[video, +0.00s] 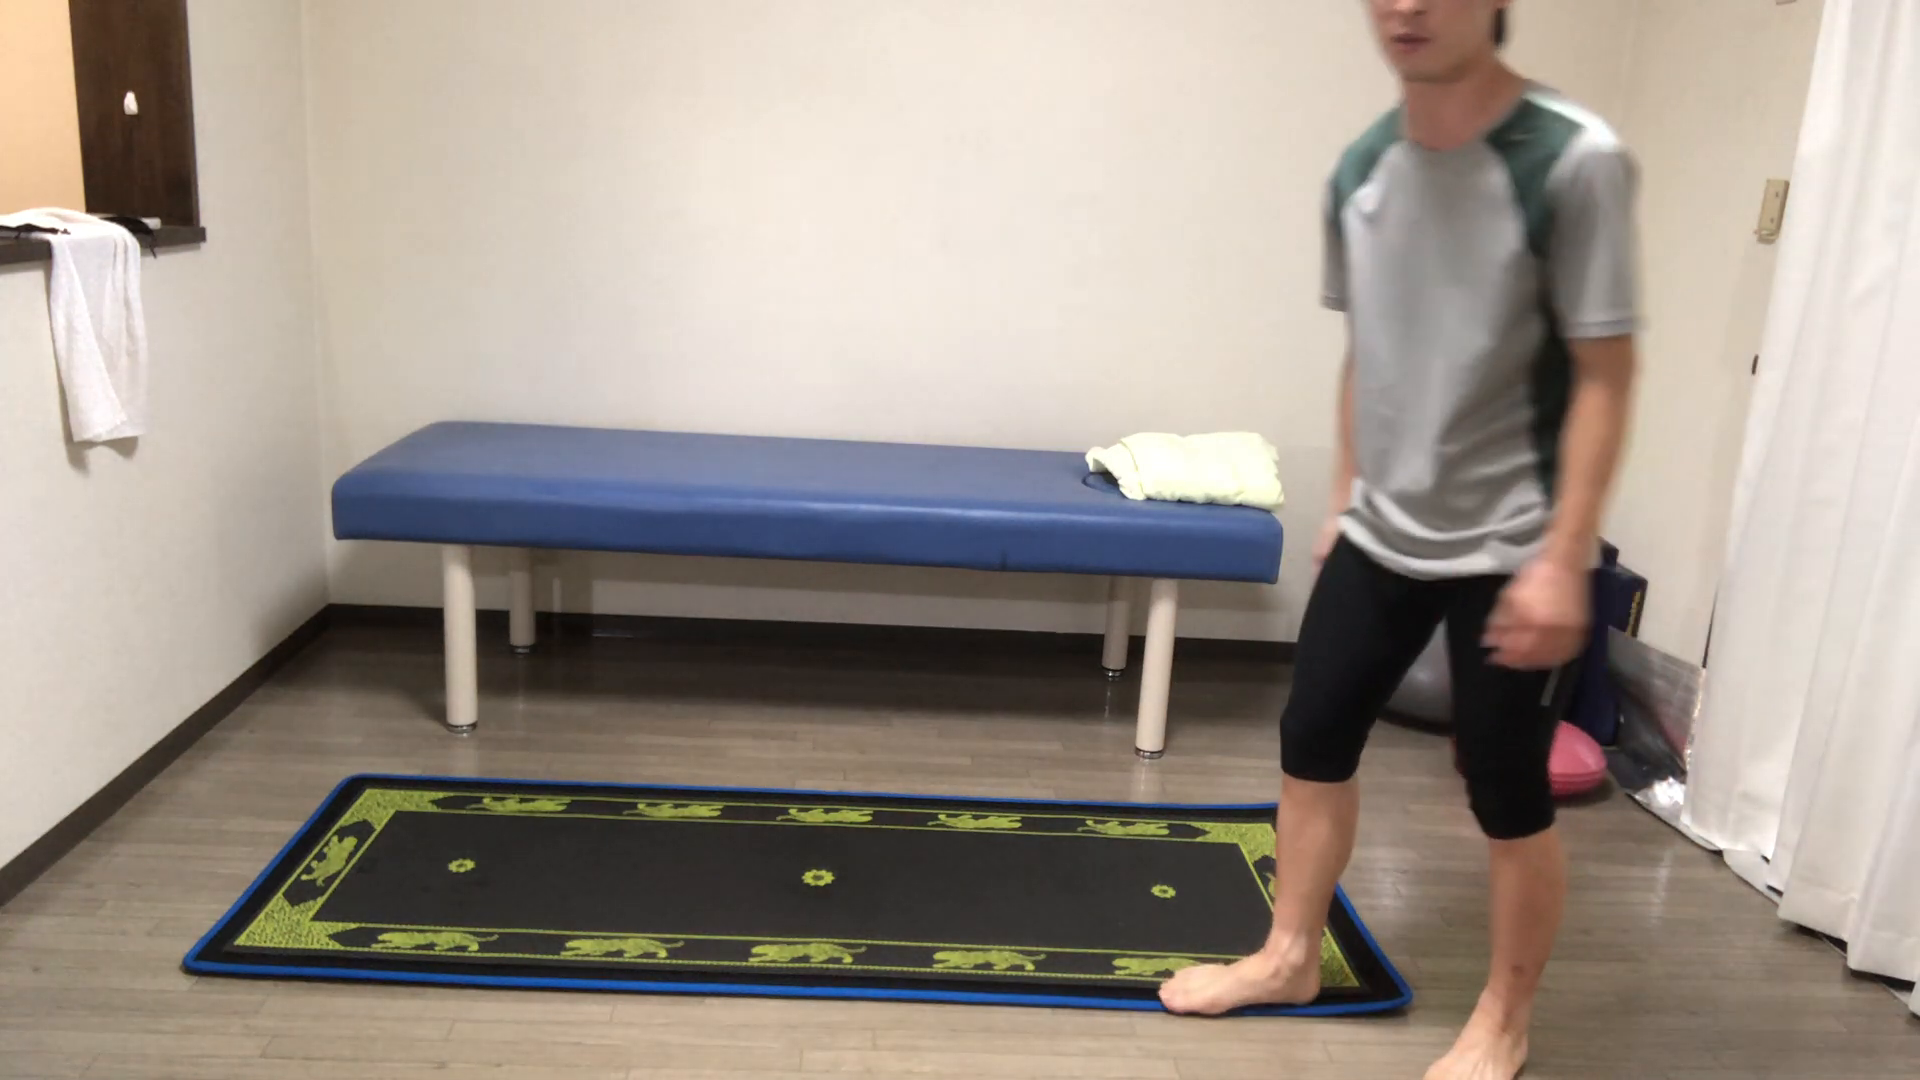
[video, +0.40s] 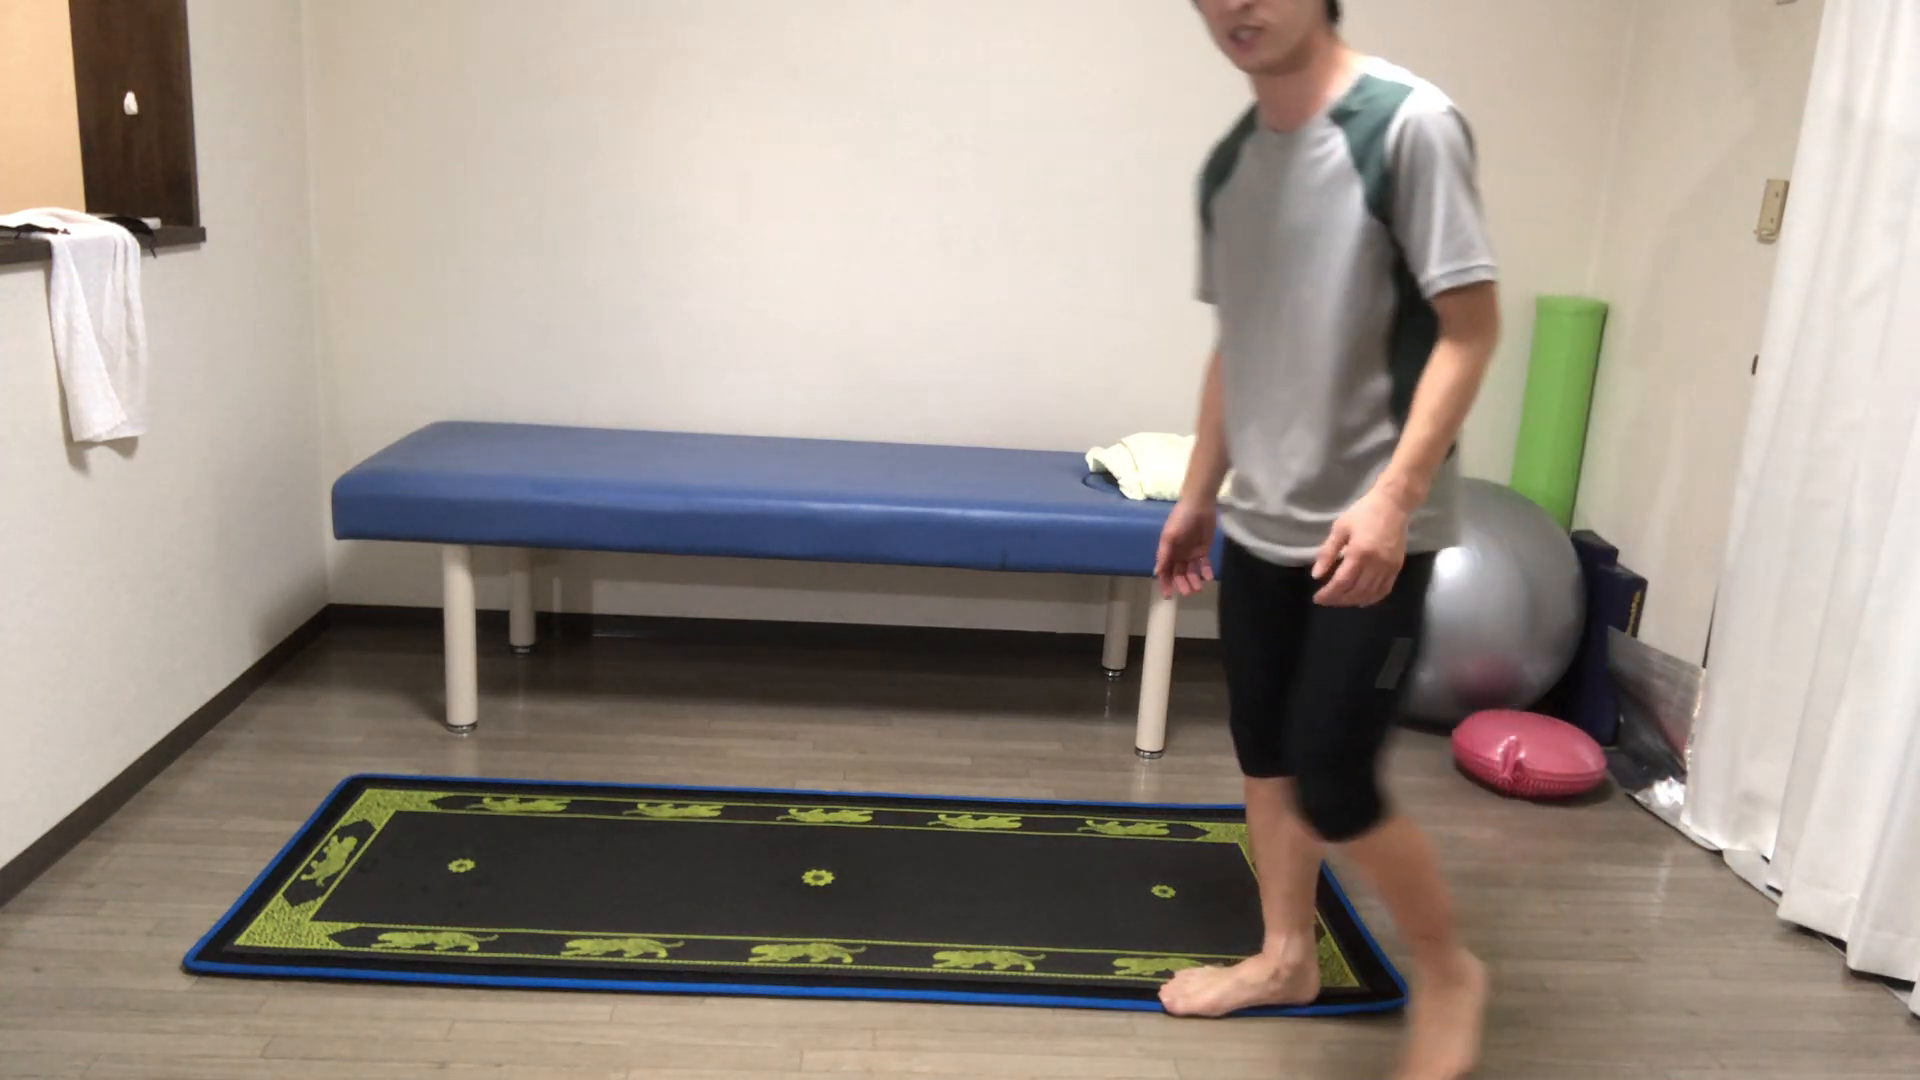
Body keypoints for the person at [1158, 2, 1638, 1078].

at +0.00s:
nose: (1402, 8)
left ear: (1494, 7)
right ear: (1370, 12)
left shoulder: (1574, 159)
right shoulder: (1362, 167)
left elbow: (1604, 375)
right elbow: (1364, 354)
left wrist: (1566, 556)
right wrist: (1345, 505)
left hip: (1513, 538)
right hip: (1386, 523)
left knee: (1506, 789)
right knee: (1314, 735)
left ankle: (1504, 1021)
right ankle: (1290, 956)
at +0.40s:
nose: (1233, 11)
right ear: (1201, 12)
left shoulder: (1408, 126)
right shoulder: (1229, 163)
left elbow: (1471, 328)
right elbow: (1239, 343)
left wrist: (1394, 499)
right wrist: (1199, 493)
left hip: (1370, 528)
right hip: (1257, 520)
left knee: (1332, 778)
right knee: (1268, 752)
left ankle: (1447, 978)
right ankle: (1287, 955)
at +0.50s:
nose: (1213, 10)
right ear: (1177, 9)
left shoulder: (1381, 125)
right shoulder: (1197, 160)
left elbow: (1445, 332)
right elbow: (1201, 342)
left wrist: (1398, 503)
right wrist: (1180, 494)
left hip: (1335, 518)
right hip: (1228, 515)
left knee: (1265, 758)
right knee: (1248, 757)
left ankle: (1365, 973)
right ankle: (1285, 958)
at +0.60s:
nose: (1185, 6)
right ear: (1153, 7)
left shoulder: (1351, 128)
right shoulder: (1165, 154)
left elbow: (1419, 337)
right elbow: (1169, 340)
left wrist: (1405, 515)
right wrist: (1155, 493)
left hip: (1312, 511)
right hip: (1203, 510)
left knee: (1202, 751)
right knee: (1245, 739)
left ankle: (1231, 974)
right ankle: (1287, 951)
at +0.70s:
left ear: (1246, 2)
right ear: (1129, 8)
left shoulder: (1310, 139)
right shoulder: (1135, 148)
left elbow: (1383, 332)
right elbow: (1137, 328)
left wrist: (1400, 519)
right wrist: (1121, 483)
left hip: (1275, 512)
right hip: (1171, 509)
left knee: (1152, 744)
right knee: (1234, 741)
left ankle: (1077, 1008)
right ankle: (1286, 953)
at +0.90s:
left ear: (1185, 3)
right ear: (1091, 1)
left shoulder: (1214, 164)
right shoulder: (1050, 124)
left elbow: (1269, 362)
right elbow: (1060, 314)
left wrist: (1302, 543)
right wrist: (1026, 456)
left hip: (1159, 523)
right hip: (1078, 508)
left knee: (1037, 763)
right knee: (1150, 740)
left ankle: (1012, 1013)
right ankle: (1272, 928)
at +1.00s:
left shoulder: (1173, 168)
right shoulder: (1007, 95)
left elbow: (1185, 382)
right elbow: (1004, 293)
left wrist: (1190, 574)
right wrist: (968, 429)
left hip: (1103, 511)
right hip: (1008, 486)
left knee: (1017, 762)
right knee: (1032, 729)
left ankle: (1012, 1011)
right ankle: (1210, 886)